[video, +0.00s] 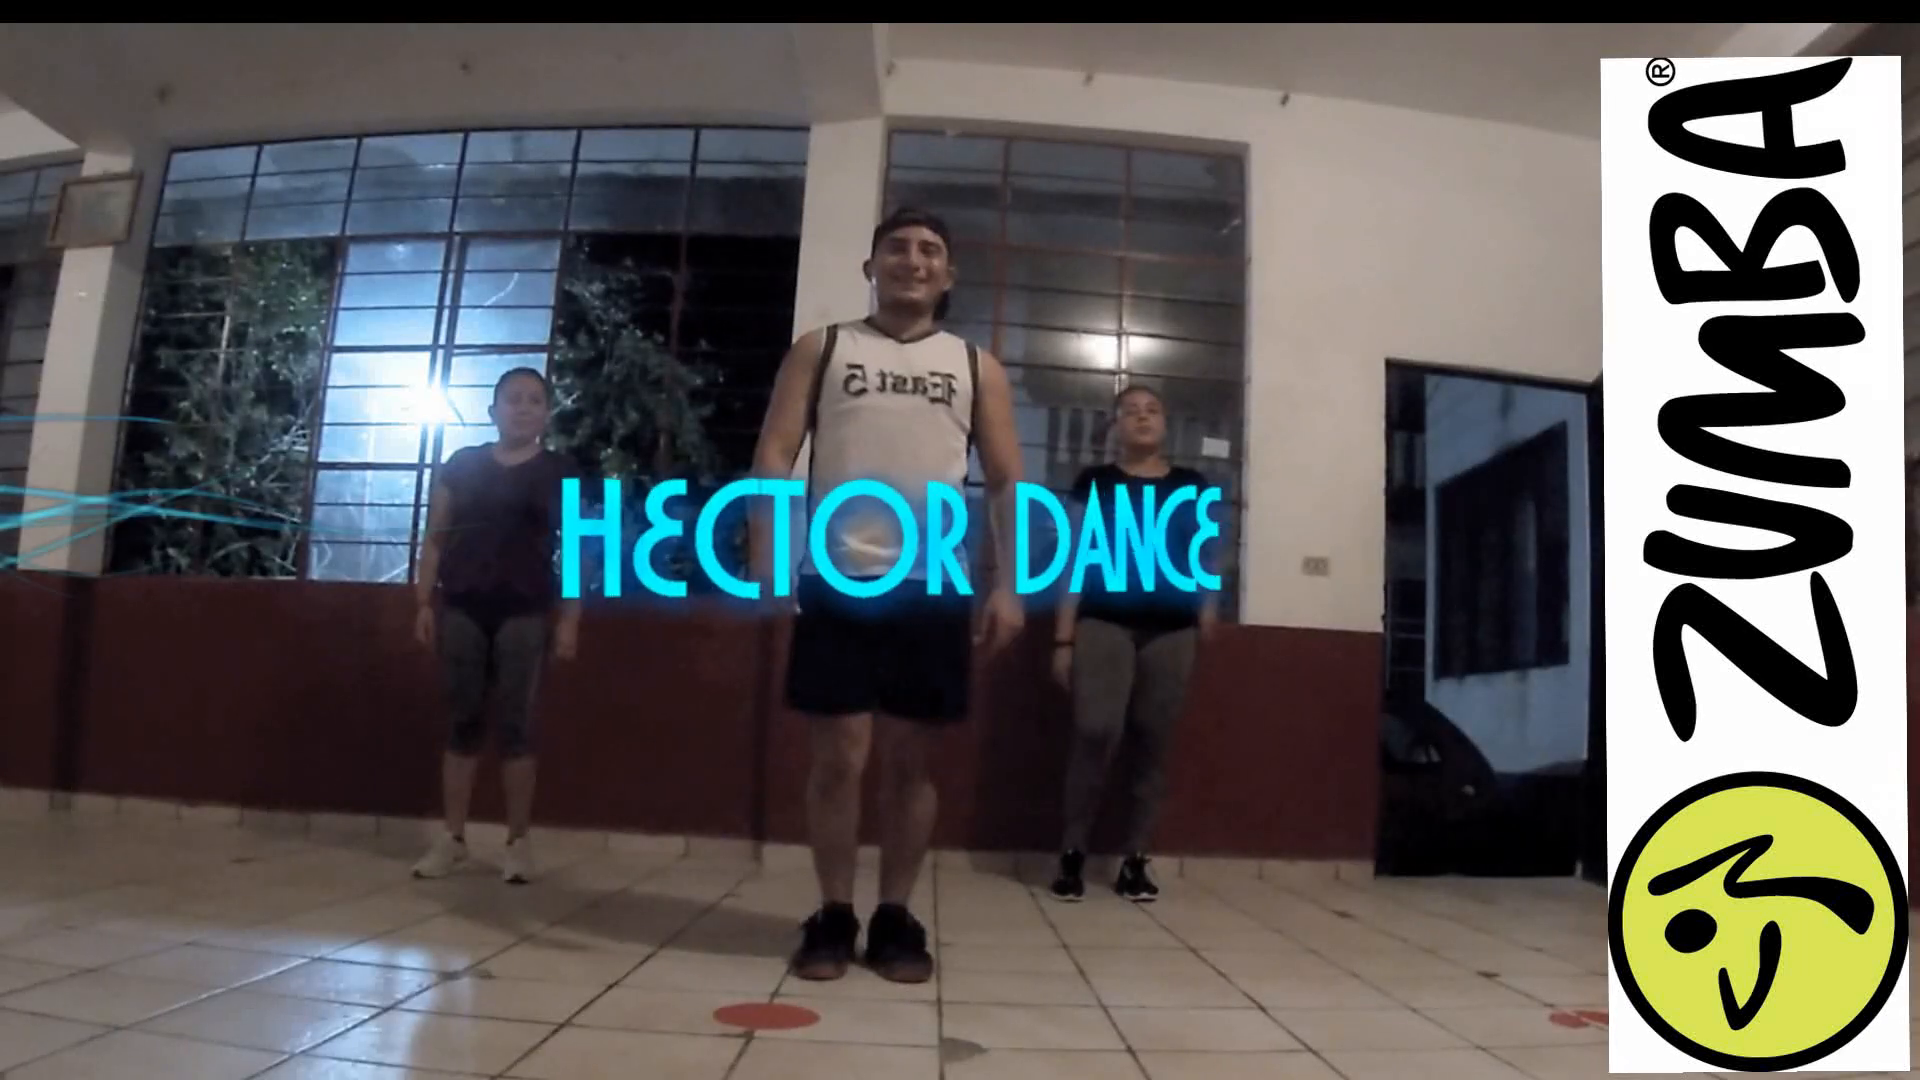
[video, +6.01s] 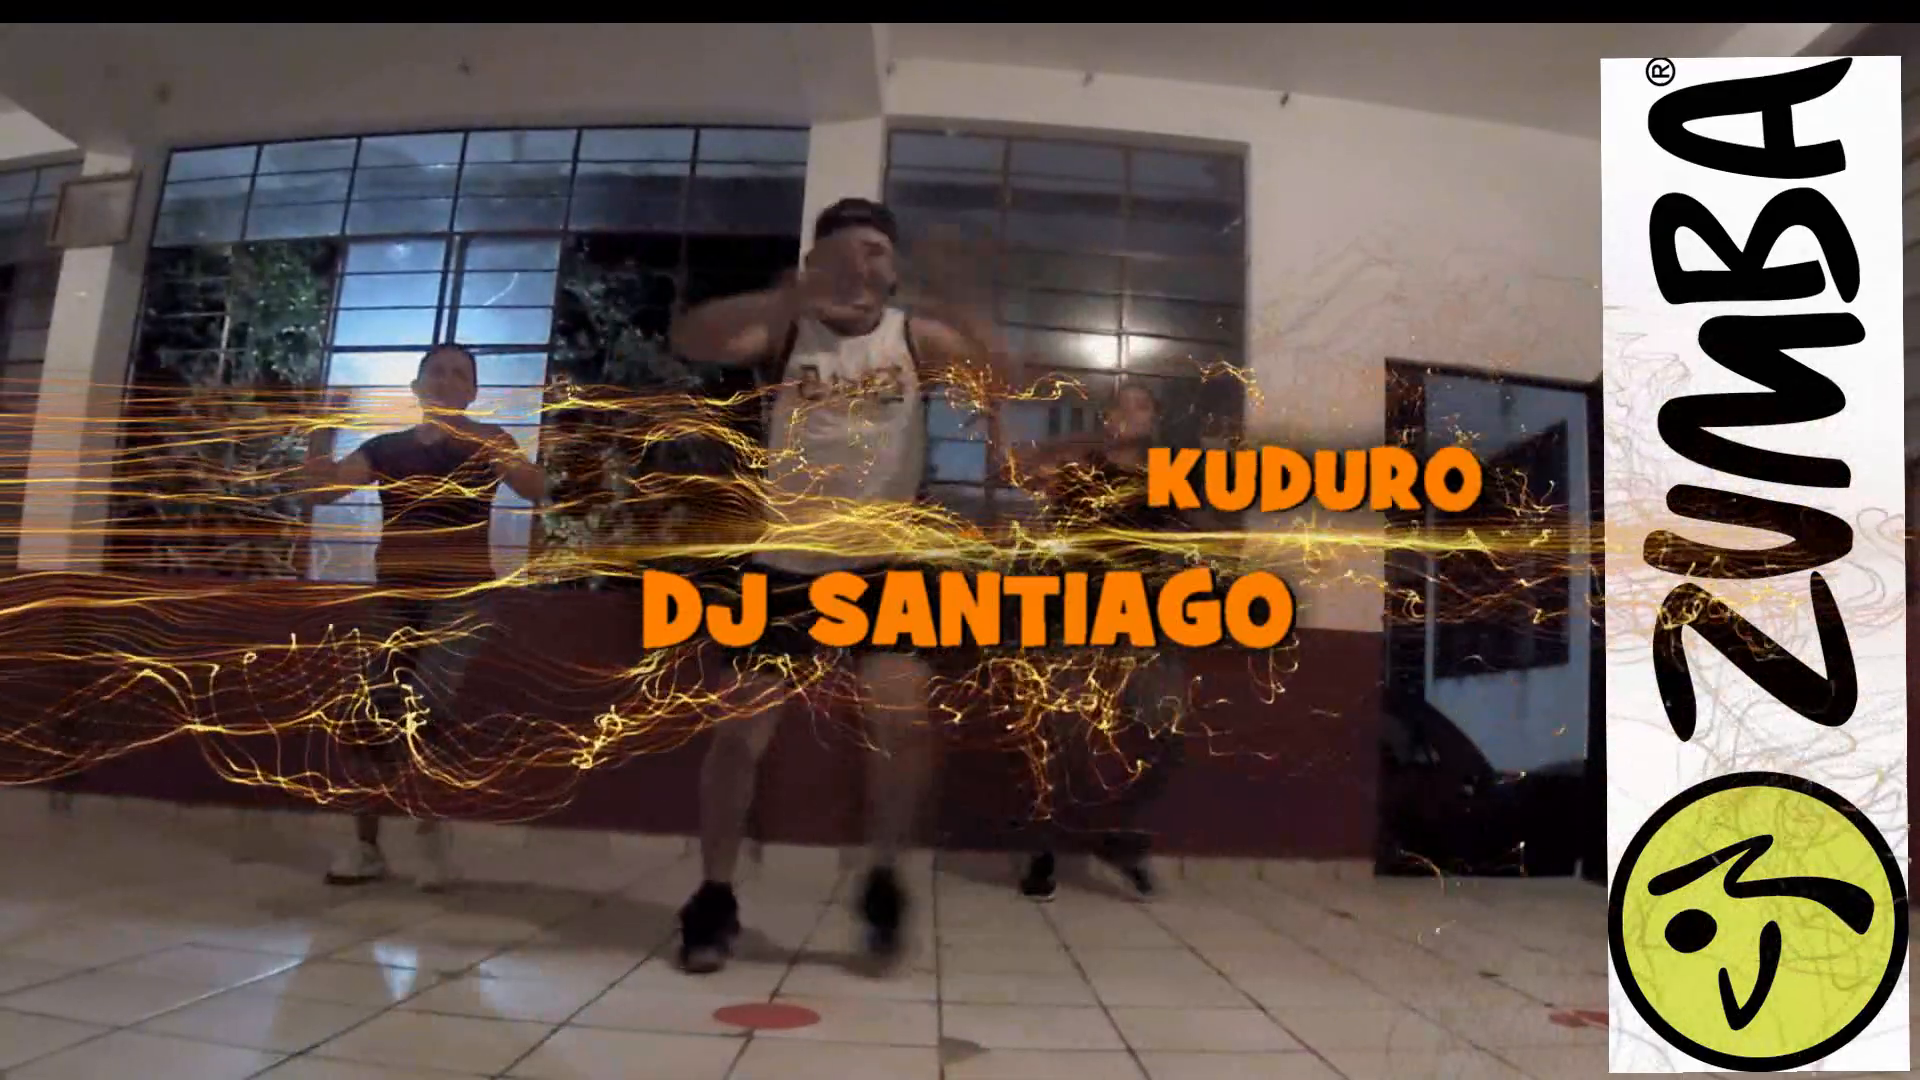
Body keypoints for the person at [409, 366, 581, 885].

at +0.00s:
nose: (523, 409)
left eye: (533, 402)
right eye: (514, 400)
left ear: (547, 413)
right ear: (495, 408)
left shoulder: (558, 474)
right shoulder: (461, 465)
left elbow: (575, 550)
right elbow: (435, 539)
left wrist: (569, 618)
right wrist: (424, 602)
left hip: (525, 614)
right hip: (461, 612)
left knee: (516, 728)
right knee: (462, 724)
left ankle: (516, 843)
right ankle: (452, 838)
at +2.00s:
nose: (488, 411)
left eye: (497, 402)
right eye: (479, 402)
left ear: (512, 412)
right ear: (461, 410)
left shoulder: (535, 468)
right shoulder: (443, 455)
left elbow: (570, 535)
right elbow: (386, 400)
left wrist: (559, 591)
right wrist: (408, 339)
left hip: (500, 613)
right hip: (436, 606)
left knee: (508, 731)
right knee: (407, 723)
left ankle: (536, 835)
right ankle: (381, 846)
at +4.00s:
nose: (506, 416)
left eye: (516, 407)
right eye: (495, 407)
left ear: (531, 416)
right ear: (478, 417)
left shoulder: (554, 473)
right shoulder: (455, 476)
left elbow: (611, 533)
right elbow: (403, 523)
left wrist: (571, 599)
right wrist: (383, 500)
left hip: (521, 629)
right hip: (457, 624)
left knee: (523, 748)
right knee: (411, 735)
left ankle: (541, 845)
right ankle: (357, 844)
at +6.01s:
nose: (449, 383)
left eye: (460, 375)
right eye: (438, 374)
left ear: (475, 389)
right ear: (418, 387)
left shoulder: (489, 444)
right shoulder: (388, 448)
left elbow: (539, 491)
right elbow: (318, 488)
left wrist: (503, 456)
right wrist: (317, 442)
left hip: (460, 596)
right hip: (394, 594)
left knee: (434, 708)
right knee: (374, 707)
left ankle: (431, 839)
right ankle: (365, 844)